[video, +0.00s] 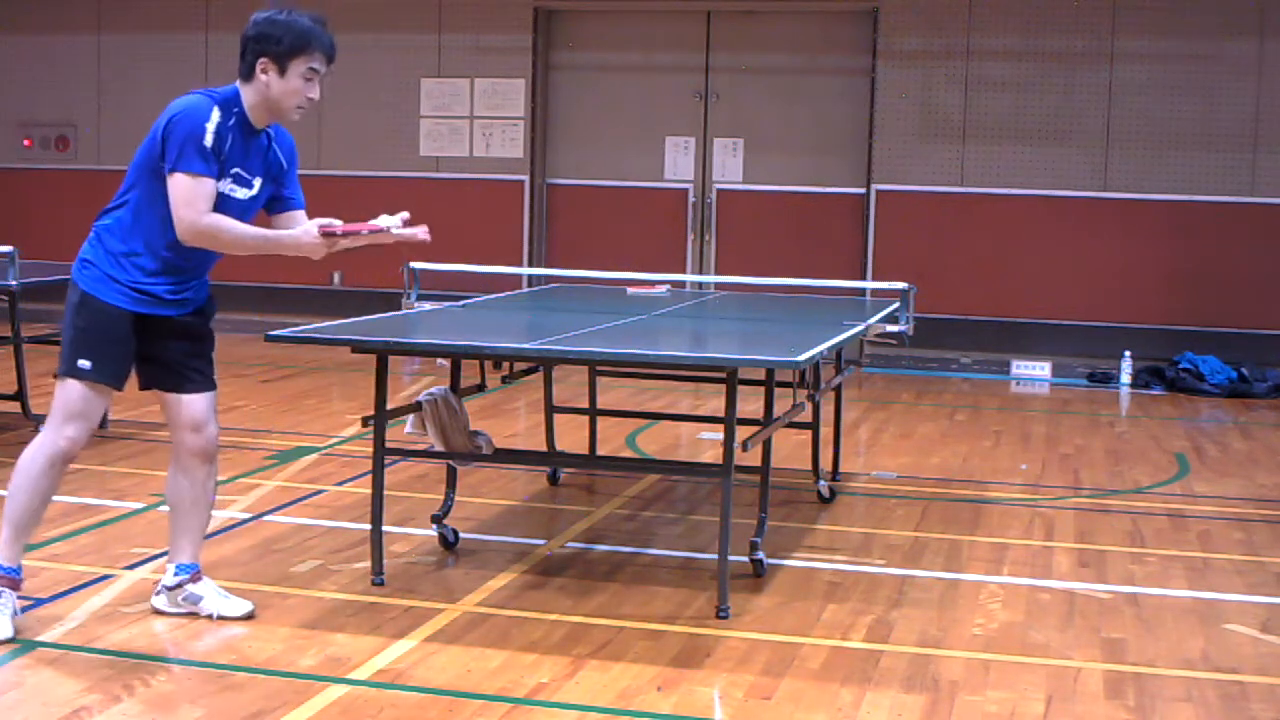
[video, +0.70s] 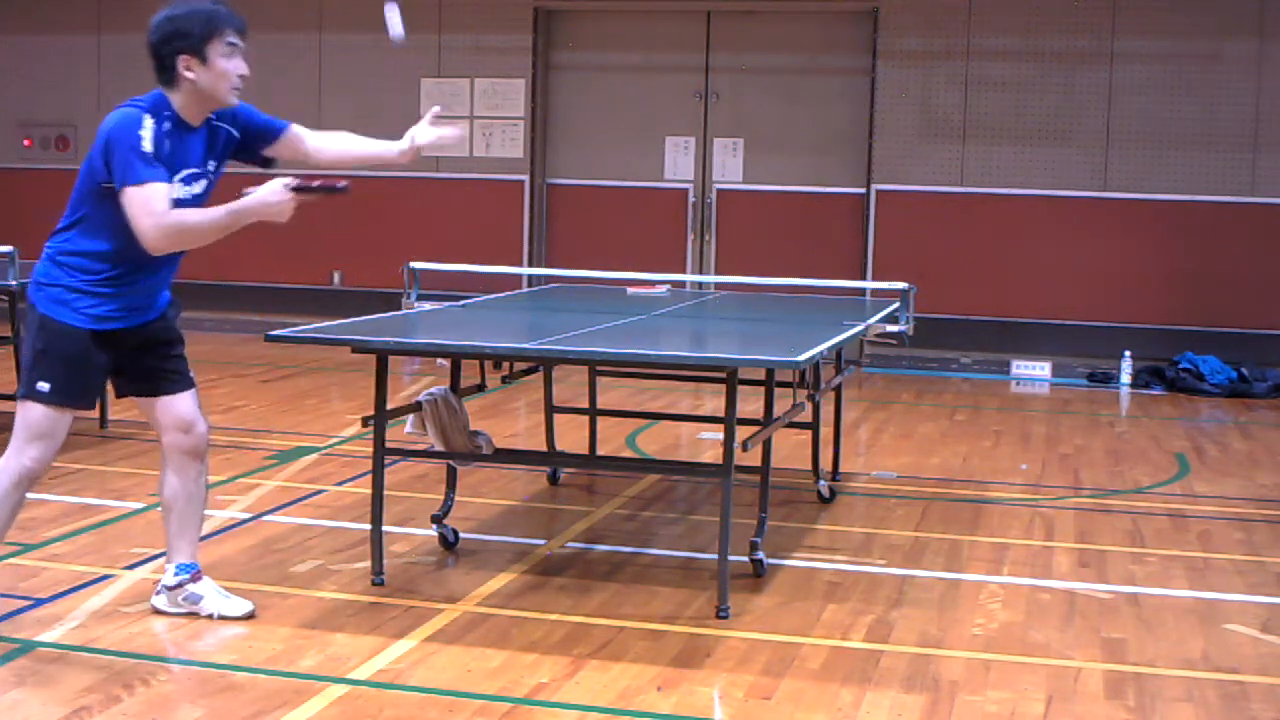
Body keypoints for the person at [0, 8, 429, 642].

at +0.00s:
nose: (316, 93)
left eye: (320, 80)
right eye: (308, 77)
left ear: (286, 76)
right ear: (264, 68)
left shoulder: (279, 147)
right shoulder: (196, 117)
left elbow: (294, 239)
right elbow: (192, 226)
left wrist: (372, 233)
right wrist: (286, 241)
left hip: (183, 297)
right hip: (111, 286)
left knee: (199, 438)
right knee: (67, 433)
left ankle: (181, 580)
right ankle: (4, 576)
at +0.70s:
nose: (245, 68)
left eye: (243, 54)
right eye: (231, 54)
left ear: (206, 67)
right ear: (186, 65)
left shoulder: (225, 123)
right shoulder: (133, 125)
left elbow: (312, 147)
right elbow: (156, 232)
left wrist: (401, 150)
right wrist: (252, 208)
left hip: (144, 304)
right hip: (69, 302)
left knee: (187, 435)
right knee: (30, 455)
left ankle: (180, 579)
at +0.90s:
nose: (208, 50)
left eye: (204, 38)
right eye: (192, 38)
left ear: (172, 56)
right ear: (149, 55)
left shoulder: (205, 116)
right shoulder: (99, 119)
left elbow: (300, 140)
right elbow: (73, 217)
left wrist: (383, 156)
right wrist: (178, 235)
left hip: (133, 305)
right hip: (56, 305)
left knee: (180, 439)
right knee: (19, 462)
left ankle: (181, 578)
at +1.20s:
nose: (212, 85)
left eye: (211, 70)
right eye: (197, 70)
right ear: (151, 80)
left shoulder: (204, 154)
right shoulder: (98, 126)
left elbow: (251, 225)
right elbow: (29, 181)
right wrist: (28, 125)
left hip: (128, 322)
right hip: (49, 320)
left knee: (201, 440)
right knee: (27, 475)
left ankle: (186, 571)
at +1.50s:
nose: (331, 143)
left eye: (335, 131)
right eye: (329, 129)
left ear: (290, 113)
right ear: (298, 115)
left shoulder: (241, 145)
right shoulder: (250, 154)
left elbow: (320, 246)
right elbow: (320, 250)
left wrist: (385, 324)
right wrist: (388, 328)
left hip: (165, 323)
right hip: (95, 319)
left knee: (231, 448)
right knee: (37, 473)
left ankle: (233, 592)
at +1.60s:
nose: (353, 139)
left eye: (357, 124)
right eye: (355, 124)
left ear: (303, 110)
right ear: (330, 119)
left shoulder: (257, 144)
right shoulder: (289, 162)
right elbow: (346, 266)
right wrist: (396, 334)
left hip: (185, 326)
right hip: (118, 318)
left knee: (237, 444)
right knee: (68, 473)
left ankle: (233, 591)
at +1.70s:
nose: (359, 120)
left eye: (363, 106)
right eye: (361, 106)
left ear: (299, 91)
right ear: (339, 104)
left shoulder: (247, 130)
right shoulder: (304, 153)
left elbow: (153, 196)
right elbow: (348, 262)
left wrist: (122, 281)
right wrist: (393, 335)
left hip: (191, 320)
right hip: (135, 313)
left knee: (236, 444)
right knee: (106, 476)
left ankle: (234, 592)